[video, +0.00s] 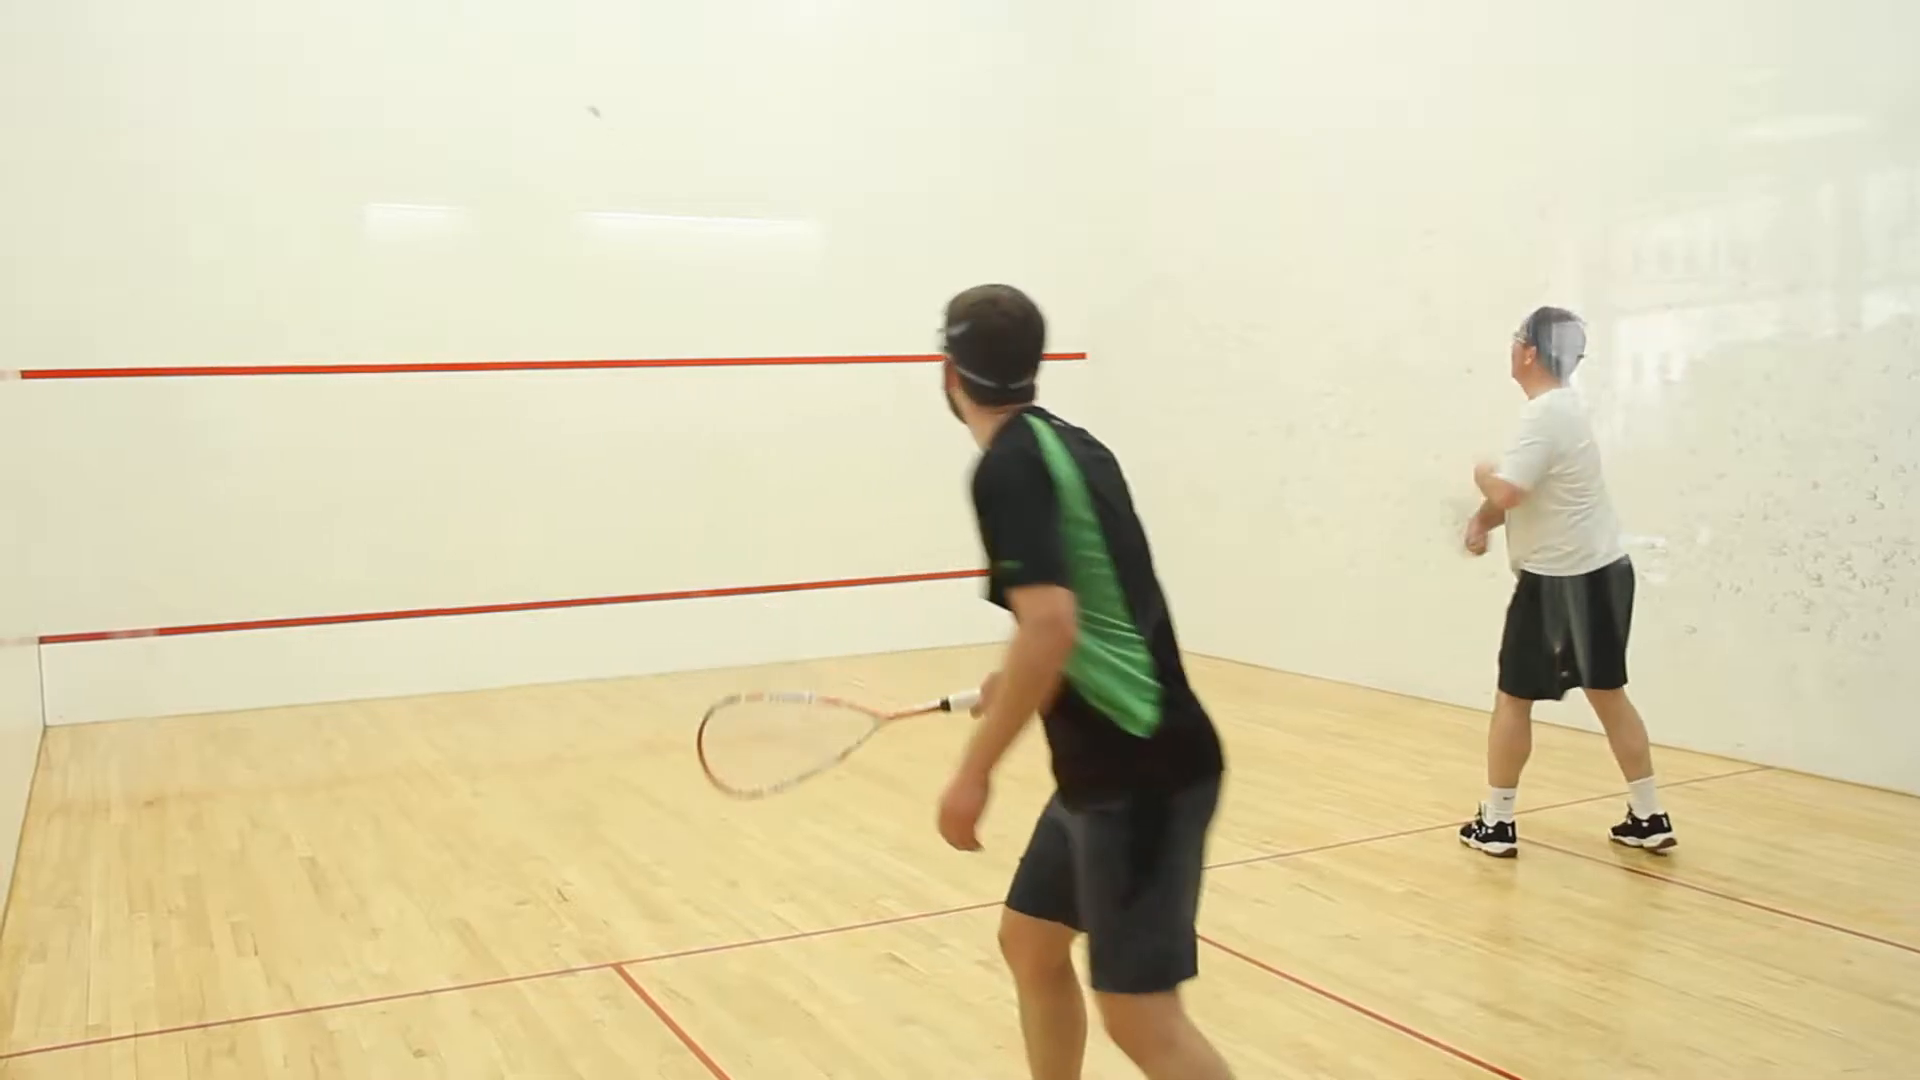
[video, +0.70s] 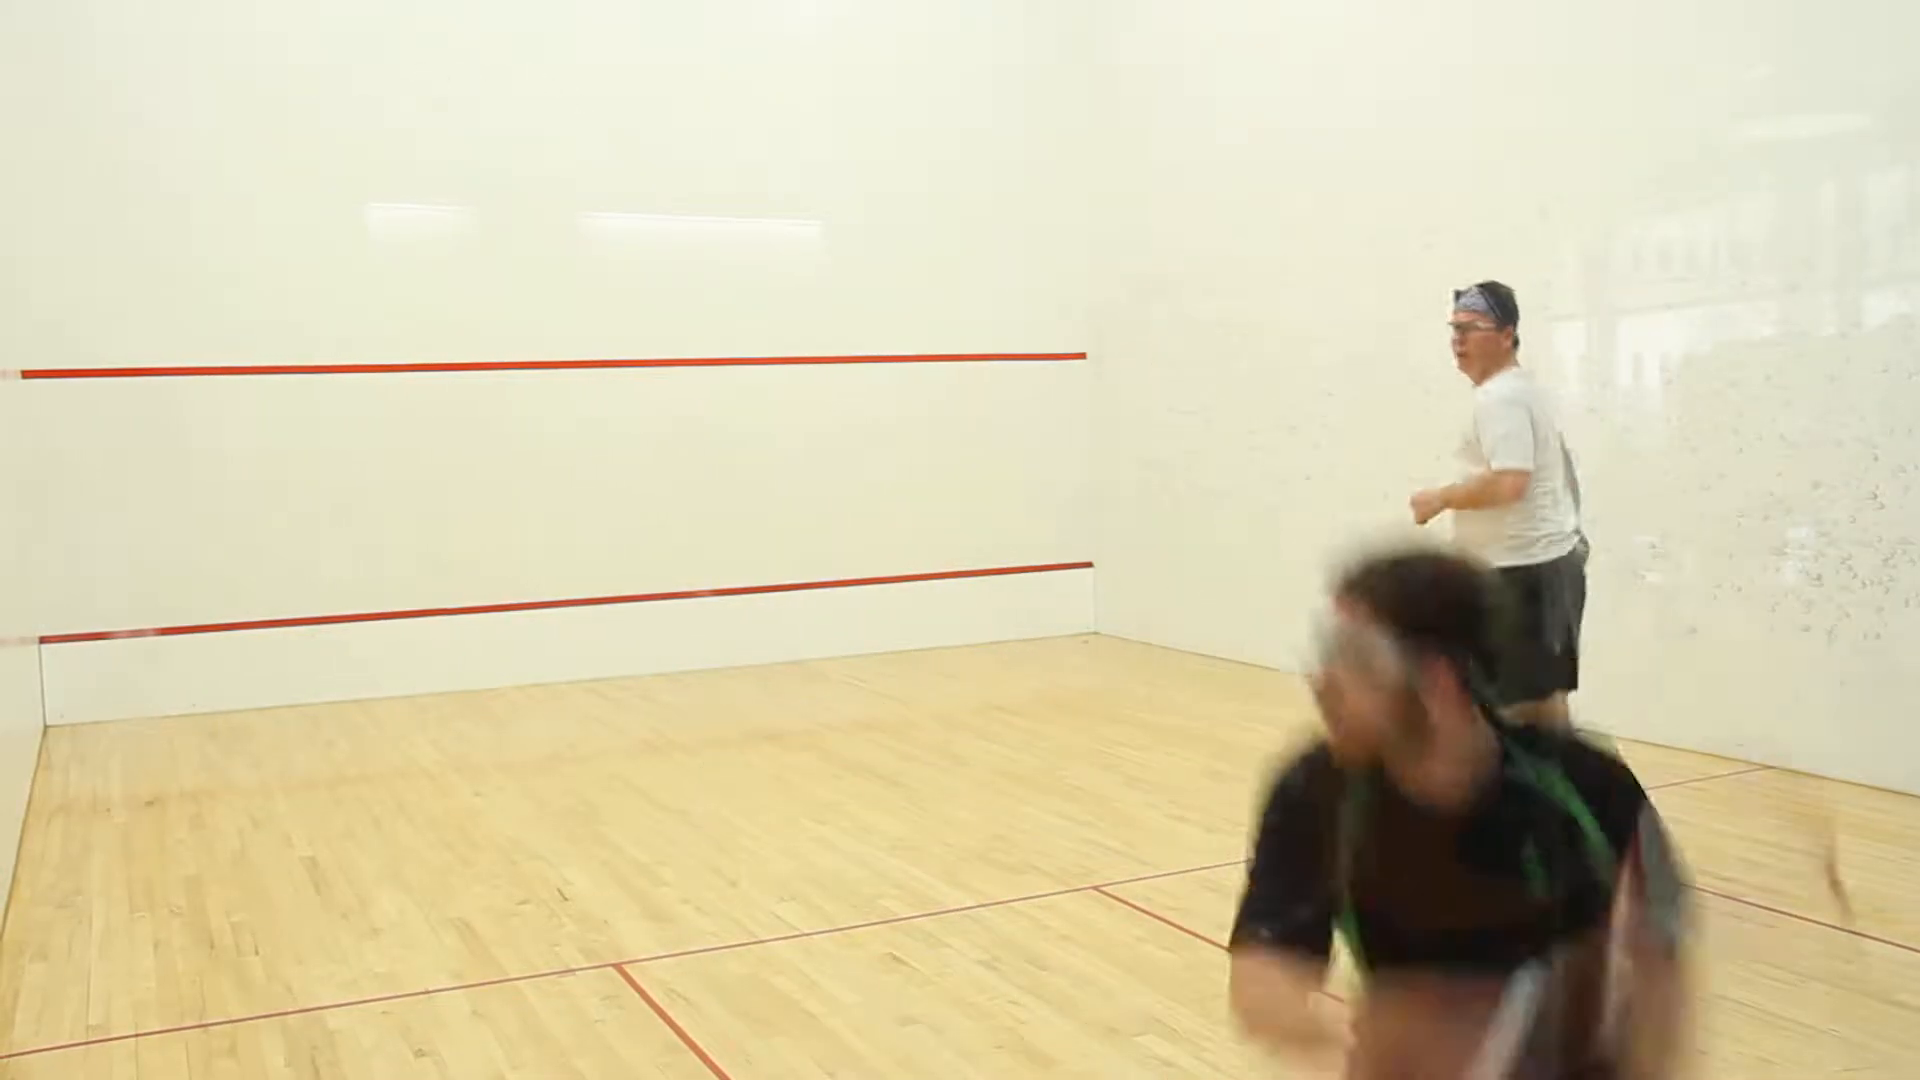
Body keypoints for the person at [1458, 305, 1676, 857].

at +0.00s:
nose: (1511, 352)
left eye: (1516, 343)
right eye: (1515, 343)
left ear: (1529, 353)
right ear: (1556, 356)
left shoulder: (1546, 417)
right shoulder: (1568, 407)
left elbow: (1505, 497)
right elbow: (1529, 480)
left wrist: (1484, 477)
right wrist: (1487, 519)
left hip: (1553, 580)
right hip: (1603, 573)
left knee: (1514, 698)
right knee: (1609, 693)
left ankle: (1497, 823)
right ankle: (1650, 816)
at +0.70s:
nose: (1456, 339)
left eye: (1469, 328)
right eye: (1453, 328)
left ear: (1506, 336)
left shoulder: (1501, 397)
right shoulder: (1522, 389)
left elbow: (1509, 483)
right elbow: (1562, 471)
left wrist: (1441, 498)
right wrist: (1571, 531)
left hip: (1523, 572)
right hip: (1544, 563)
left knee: (1525, 703)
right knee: (1547, 698)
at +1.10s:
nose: (1334, 376)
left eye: (1343, 365)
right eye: (1336, 365)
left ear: (1369, 372)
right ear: (1388, 374)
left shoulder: (1379, 432)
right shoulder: (1412, 428)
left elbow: (1374, 523)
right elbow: (1411, 525)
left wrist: (1334, 567)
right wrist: (1359, 563)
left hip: (1410, 616)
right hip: (1439, 610)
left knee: (1373, 763)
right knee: (1402, 756)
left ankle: (1447, 905)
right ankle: (1490, 833)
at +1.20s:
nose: (1291, 389)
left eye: (1298, 378)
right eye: (1294, 377)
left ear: (1322, 385)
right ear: (1343, 386)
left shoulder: (1332, 444)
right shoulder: (1373, 441)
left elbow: (1317, 532)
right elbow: (1374, 531)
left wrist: (1286, 580)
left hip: (1374, 623)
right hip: (1406, 622)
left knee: (1306, 762)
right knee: (1320, 754)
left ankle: (1390, 891)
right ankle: (1345, 873)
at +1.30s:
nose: (1255, 423)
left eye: (1260, 411)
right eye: (1257, 410)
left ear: (1280, 414)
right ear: (1310, 416)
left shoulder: (1297, 474)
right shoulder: (1334, 473)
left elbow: (1294, 565)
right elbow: (1344, 589)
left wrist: (1242, 608)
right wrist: (1285, 656)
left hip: (1334, 657)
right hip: (1364, 658)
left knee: (1247, 781)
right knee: (1275, 767)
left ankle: (1300, 943)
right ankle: (1322, 885)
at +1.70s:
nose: (1008, 459)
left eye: (1022, 446)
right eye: (1009, 446)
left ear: (1060, 453)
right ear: (1034, 455)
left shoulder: (1135, 531)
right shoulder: (1011, 527)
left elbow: (1176, 644)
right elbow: (988, 627)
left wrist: (1073, 678)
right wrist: (998, 710)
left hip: (1136, 723)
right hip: (1052, 717)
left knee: (1084, 872)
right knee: (994, 842)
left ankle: (1155, 947)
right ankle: (1106, 873)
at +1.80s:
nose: (922, 504)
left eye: (934, 489)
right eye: (921, 490)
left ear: (972, 490)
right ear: (942, 494)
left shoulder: (1057, 554)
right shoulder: (925, 565)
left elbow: (1054, 675)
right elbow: (915, 680)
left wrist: (946, 644)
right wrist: (963, 712)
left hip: (1061, 747)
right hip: (975, 734)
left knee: (1065, 916)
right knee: (880, 822)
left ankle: (1144, 935)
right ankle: (869, 985)